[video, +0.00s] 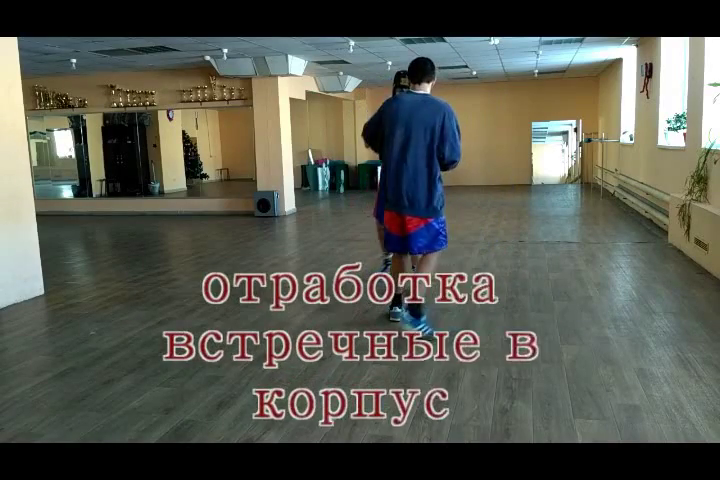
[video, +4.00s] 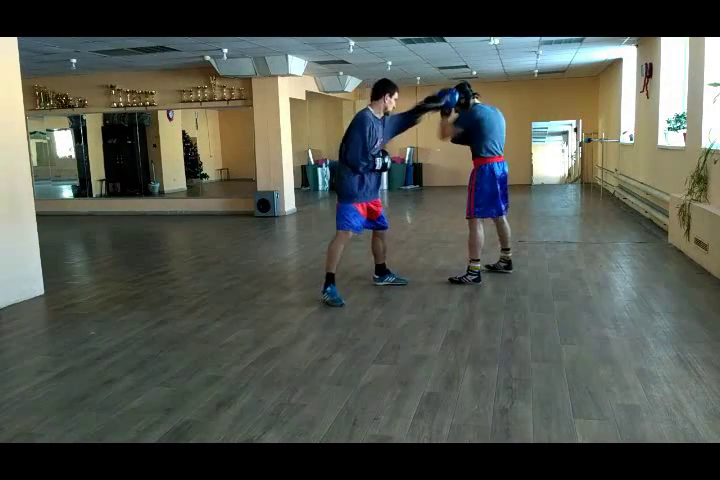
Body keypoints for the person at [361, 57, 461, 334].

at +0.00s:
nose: (433, 83)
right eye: (434, 79)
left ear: (409, 78)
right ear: (432, 80)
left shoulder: (392, 105)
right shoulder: (442, 110)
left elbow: (369, 134)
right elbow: (450, 158)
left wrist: (390, 153)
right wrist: (429, 165)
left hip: (392, 193)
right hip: (425, 195)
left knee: (399, 250)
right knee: (430, 251)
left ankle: (397, 305)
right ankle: (415, 316)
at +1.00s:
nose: (414, 92)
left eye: (413, 89)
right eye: (414, 89)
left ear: (388, 88)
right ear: (412, 90)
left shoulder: (373, 112)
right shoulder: (416, 117)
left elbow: (363, 144)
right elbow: (423, 163)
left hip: (376, 190)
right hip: (404, 194)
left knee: (383, 247)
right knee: (405, 257)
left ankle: (387, 295)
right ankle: (403, 318)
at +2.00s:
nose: (400, 104)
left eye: (399, 100)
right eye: (401, 100)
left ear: (377, 97)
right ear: (397, 99)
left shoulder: (362, 118)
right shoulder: (393, 125)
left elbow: (347, 141)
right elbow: (398, 166)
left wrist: (358, 164)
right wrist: (397, 182)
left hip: (357, 186)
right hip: (377, 190)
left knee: (376, 240)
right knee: (378, 246)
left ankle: (369, 287)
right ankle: (363, 310)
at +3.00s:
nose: (398, 102)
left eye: (398, 98)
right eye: (399, 98)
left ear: (377, 95)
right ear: (394, 98)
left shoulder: (364, 117)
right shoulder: (383, 123)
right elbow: (386, 167)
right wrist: (392, 171)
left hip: (363, 187)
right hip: (371, 192)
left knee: (391, 234)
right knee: (362, 244)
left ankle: (387, 280)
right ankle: (337, 299)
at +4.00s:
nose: (395, 104)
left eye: (395, 100)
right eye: (394, 99)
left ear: (383, 97)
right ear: (385, 97)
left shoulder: (385, 122)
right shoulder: (363, 120)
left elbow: (410, 116)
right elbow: (353, 160)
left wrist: (436, 101)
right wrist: (381, 161)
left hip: (370, 190)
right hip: (352, 190)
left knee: (380, 229)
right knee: (344, 233)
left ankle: (381, 272)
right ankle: (329, 285)